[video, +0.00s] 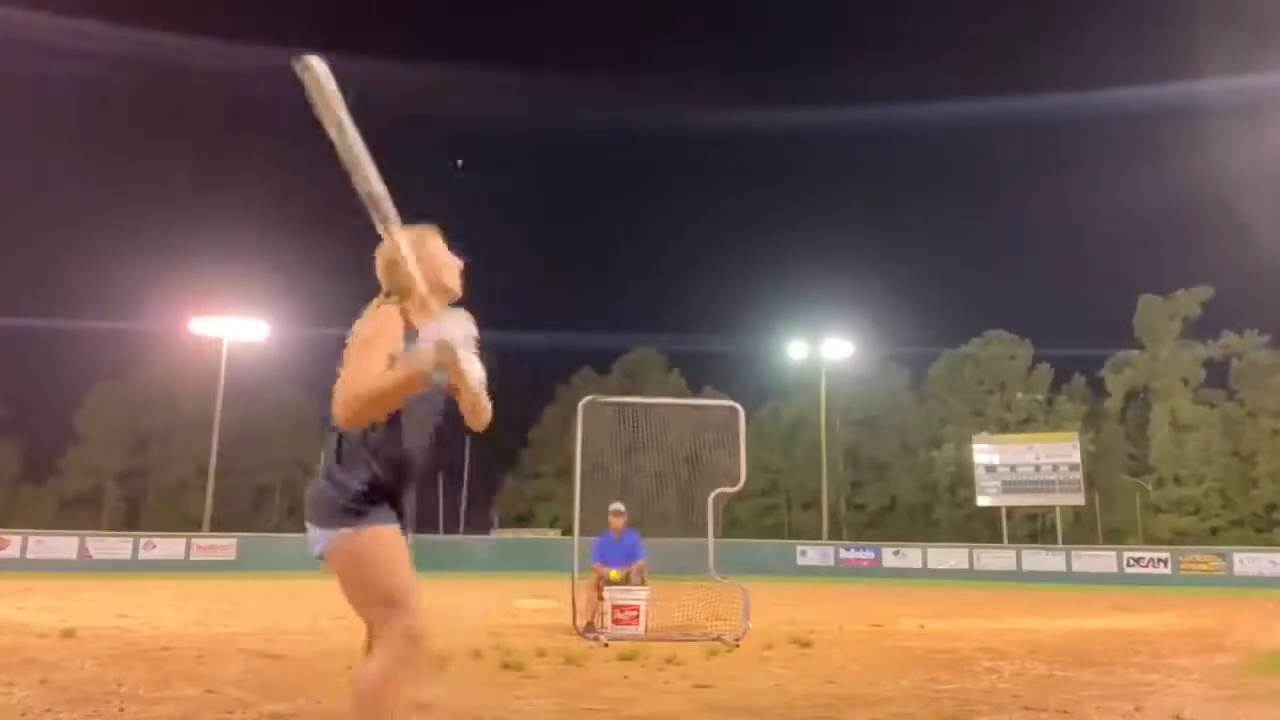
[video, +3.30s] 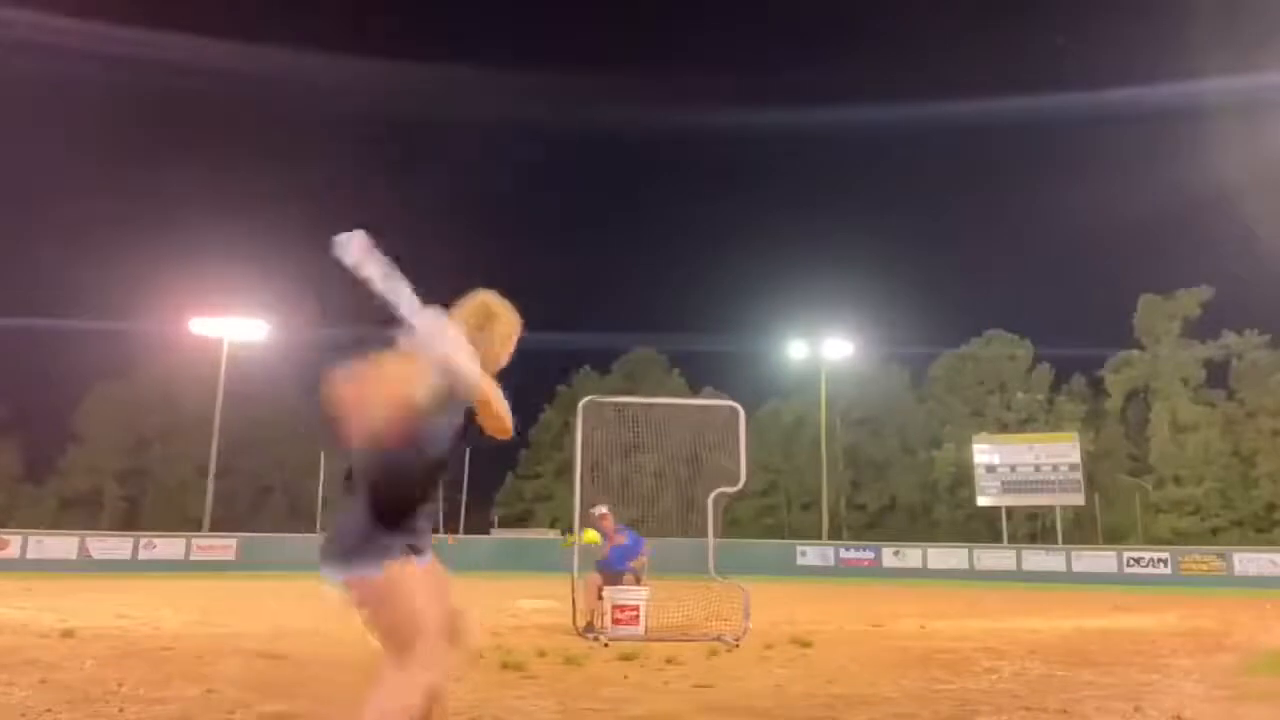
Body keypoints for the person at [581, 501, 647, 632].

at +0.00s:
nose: (616, 520)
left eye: (620, 516)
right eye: (613, 516)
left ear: (625, 518)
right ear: (608, 518)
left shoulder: (633, 537)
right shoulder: (602, 539)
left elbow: (640, 560)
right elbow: (595, 563)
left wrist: (626, 571)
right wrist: (608, 572)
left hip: (627, 571)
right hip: (608, 571)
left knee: (639, 570)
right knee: (594, 578)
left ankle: (636, 619)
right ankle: (590, 621)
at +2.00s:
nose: (612, 521)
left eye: (615, 516)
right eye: (609, 517)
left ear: (622, 518)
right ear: (604, 519)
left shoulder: (631, 537)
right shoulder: (600, 539)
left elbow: (639, 562)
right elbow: (594, 564)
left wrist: (621, 566)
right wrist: (604, 568)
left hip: (624, 573)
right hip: (607, 573)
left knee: (634, 576)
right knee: (592, 579)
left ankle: (632, 620)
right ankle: (589, 621)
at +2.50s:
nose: (599, 523)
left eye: (601, 518)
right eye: (596, 519)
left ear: (609, 519)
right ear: (593, 522)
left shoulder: (621, 535)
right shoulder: (595, 541)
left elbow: (636, 554)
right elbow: (591, 566)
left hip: (622, 573)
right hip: (603, 574)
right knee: (590, 582)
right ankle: (589, 622)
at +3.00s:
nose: (598, 524)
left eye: (601, 520)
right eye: (595, 521)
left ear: (608, 520)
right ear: (592, 524)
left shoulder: (622, 534)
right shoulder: (596, 540)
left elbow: (642, 545)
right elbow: (592, 563)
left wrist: (641, 568)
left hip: (623, 572)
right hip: (605, 573)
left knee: (629, 577)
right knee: (592, 580)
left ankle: (627, 620)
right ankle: (589, 622)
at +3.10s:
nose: (598, 523)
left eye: (601, 519)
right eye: (595, 520)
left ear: (607, 519)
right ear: (591, 523)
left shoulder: (622, 533)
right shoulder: (594, 538)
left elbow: (644, 545)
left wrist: (642, 556)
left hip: (625, 570)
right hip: (605, 572)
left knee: (629, 579)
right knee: (592, 579)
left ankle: (629, 620)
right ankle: (590, 622)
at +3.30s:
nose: (605, 523)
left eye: (607, 518)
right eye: (601, 520)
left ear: (612, 519)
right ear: (596, 523)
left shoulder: (626, 533)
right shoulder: (599, 540)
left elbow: (643, 545)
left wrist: (639, 561)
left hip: (626, 571)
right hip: (608, 572)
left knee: (629, 579)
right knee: (592, 579)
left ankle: (628, 620)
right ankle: (590, 621)